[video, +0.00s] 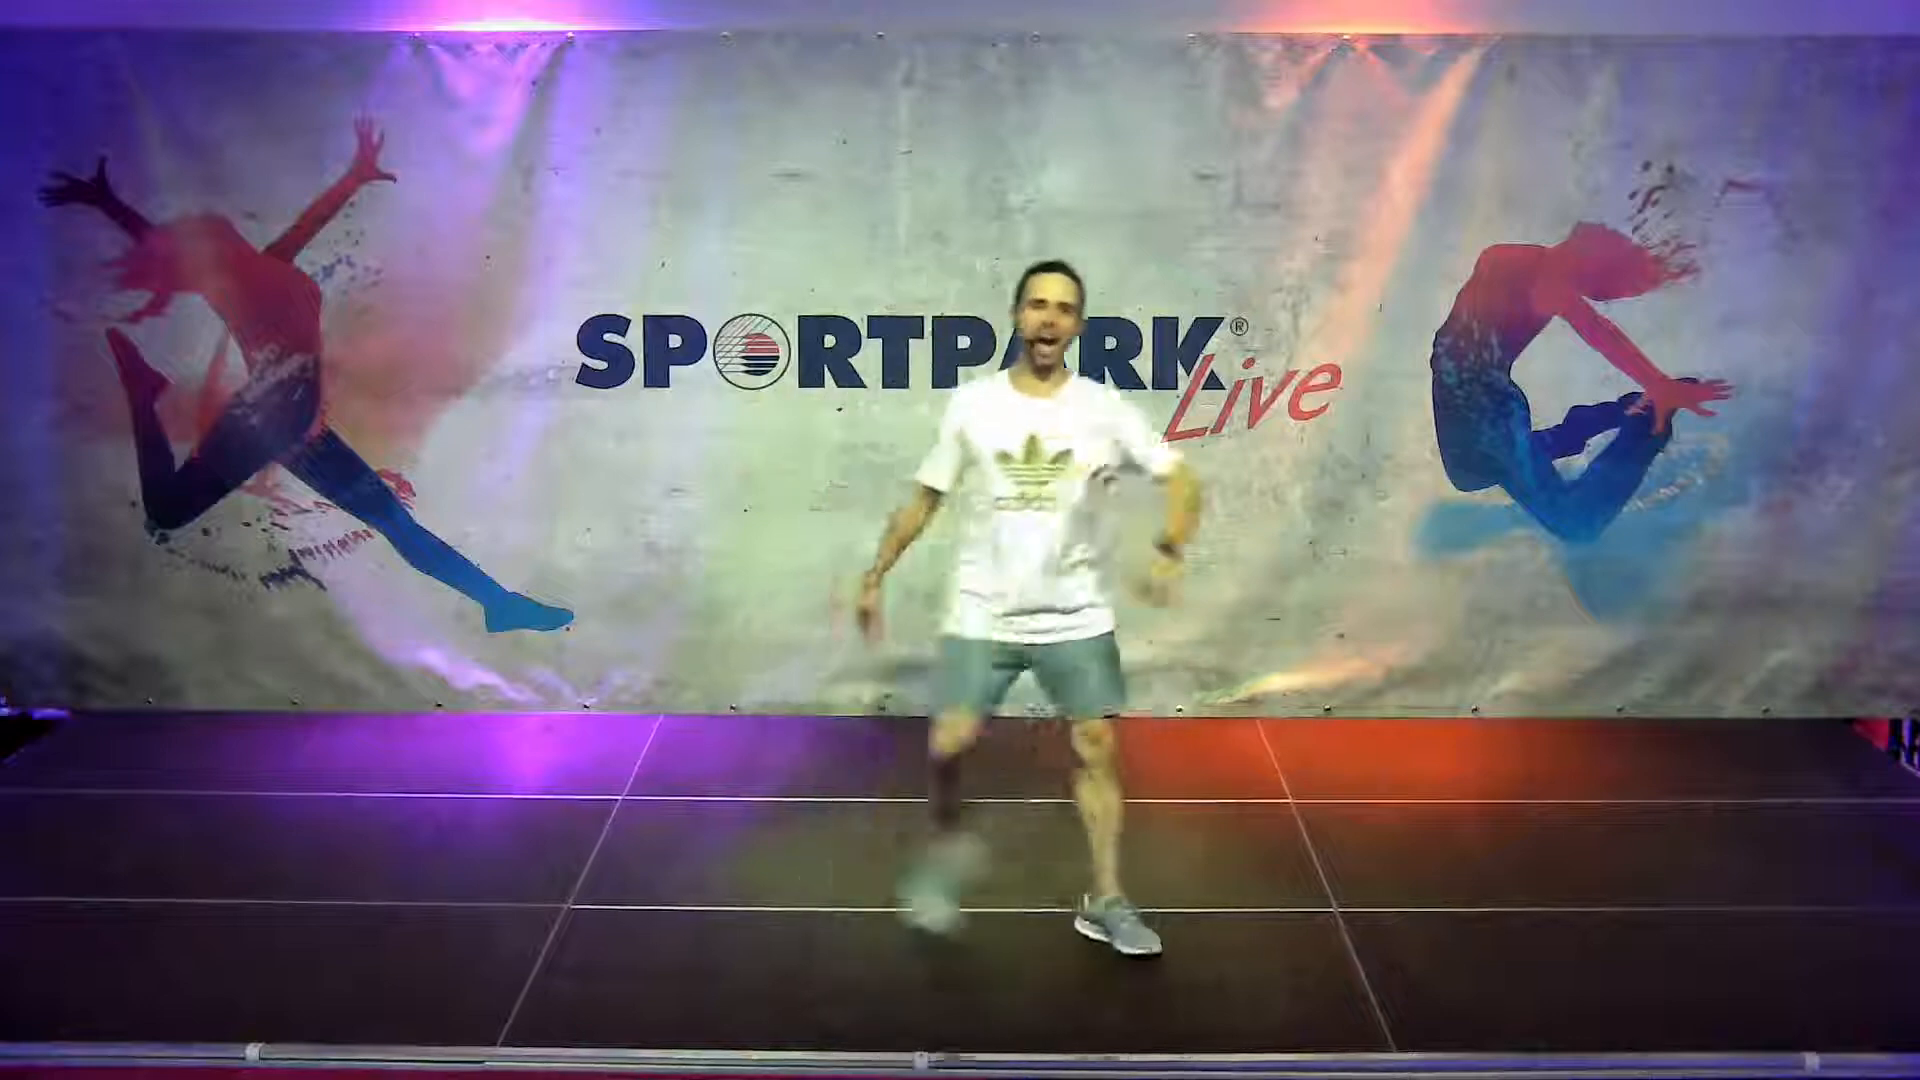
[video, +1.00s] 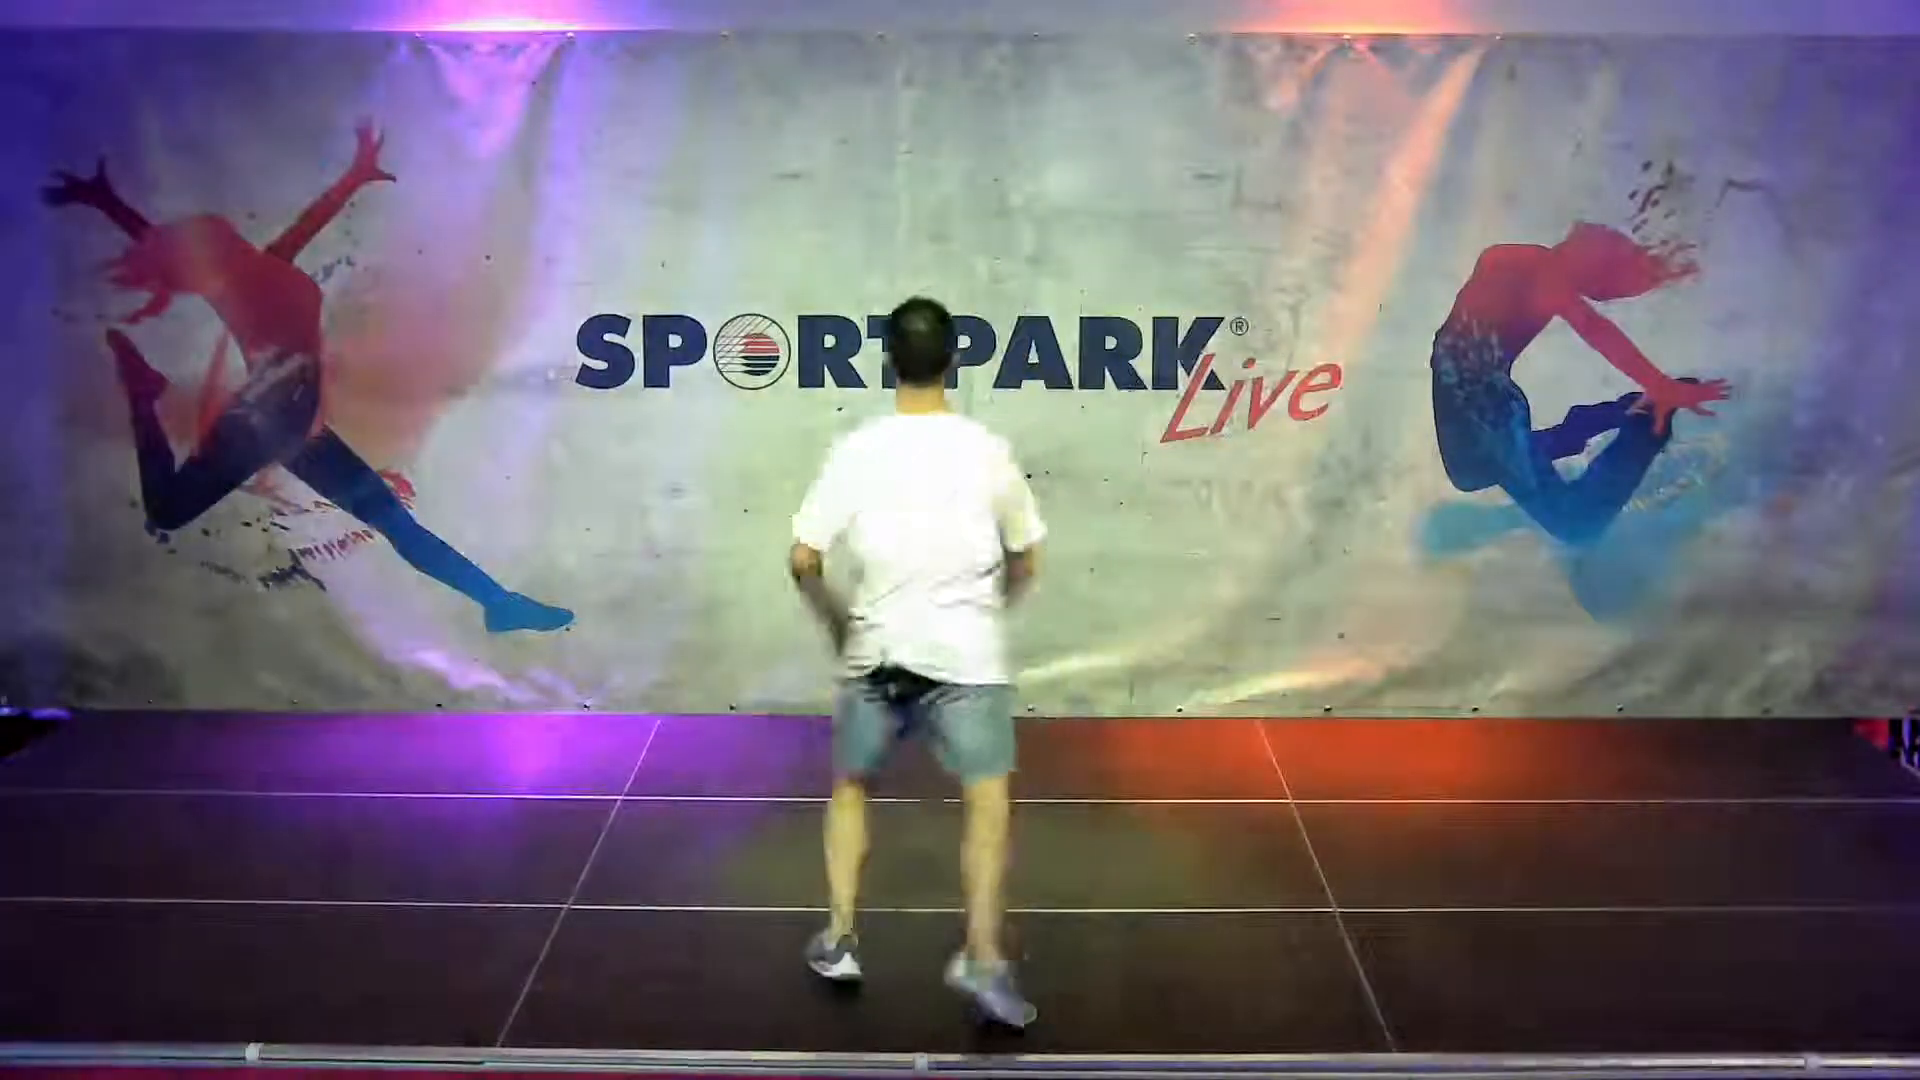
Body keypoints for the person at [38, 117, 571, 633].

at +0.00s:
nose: (166, 291)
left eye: (169, 269)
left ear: (198, 251)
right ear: (195, 246)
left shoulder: (264, 271)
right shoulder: (229, 271)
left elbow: (305, 224)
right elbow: (159, 245)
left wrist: (357, 175)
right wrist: (105, 202)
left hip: (299, 425)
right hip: (266, 418)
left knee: (389, 515)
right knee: (167, 510)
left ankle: (500, 602)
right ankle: (140, 390)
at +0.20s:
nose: (176, 285)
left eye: (175, 264)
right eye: (182, 259)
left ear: (203, 251)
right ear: (198, 248)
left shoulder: (265, 271)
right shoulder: (230, 274)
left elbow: (305, 224)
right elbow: (158, 245)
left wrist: (357, 176)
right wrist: (105, 201)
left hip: (300, 426)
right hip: (265, 419)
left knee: (388, 515)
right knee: (167, 511)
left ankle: (500, 602)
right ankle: (140, 390)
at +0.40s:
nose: (167, 291)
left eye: (168, 270)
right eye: (163, 275)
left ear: (199, 255)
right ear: (203, 250)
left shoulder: (260, 270)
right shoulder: (243, 271)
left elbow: (307, 223)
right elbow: (160, 243)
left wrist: (357, 174)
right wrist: (105, 201)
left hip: (300, 427)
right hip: (265, 420)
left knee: (388, 514)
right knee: (167, 511)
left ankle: (500, 602)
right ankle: (140, 390)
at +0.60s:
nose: (198, 275)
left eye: (196, 258)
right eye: (194, 259)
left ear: (213, 252)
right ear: (203, 258)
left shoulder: (269, 267)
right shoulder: (233, 279)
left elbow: (310, 220)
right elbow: (160, 248)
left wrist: (358, 175)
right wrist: (103, 200)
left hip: (301, 427)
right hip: (261, 422)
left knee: (390, 516)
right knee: (166, 511)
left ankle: (501, 603)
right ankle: (139, 389)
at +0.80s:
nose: (182, 289)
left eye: (180, 270)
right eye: (177, 272)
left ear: (208, 256)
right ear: (204, 256)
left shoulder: (265, 269)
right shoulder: (240, 277)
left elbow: (309, 221)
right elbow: (159, 248)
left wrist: (358, 175)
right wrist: (104, 201)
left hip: (300, 428)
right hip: (261, 423)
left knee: (387, 514)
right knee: (167, 511)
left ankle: (500, 602)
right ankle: (142, 394)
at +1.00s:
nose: (181, 289)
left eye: (180, 270)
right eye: (177, 272)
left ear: (208, 257)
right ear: (204, 255)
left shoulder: (265, 268)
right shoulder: (239, 277)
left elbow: (309, 220)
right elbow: (158, 248)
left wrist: (359, 175)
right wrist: (104, 201)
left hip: (301, 428)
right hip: (261, 423)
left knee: (389, 515)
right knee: (167, 511)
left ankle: (500, 602)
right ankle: (142, 394)